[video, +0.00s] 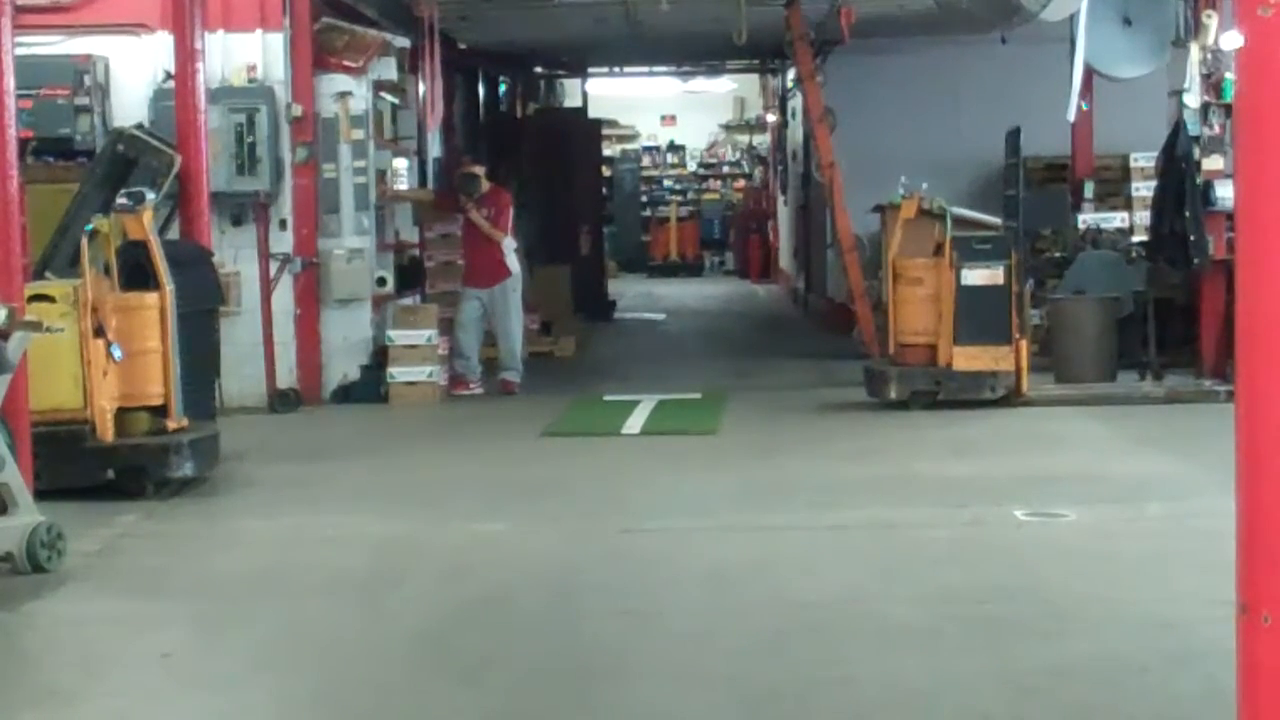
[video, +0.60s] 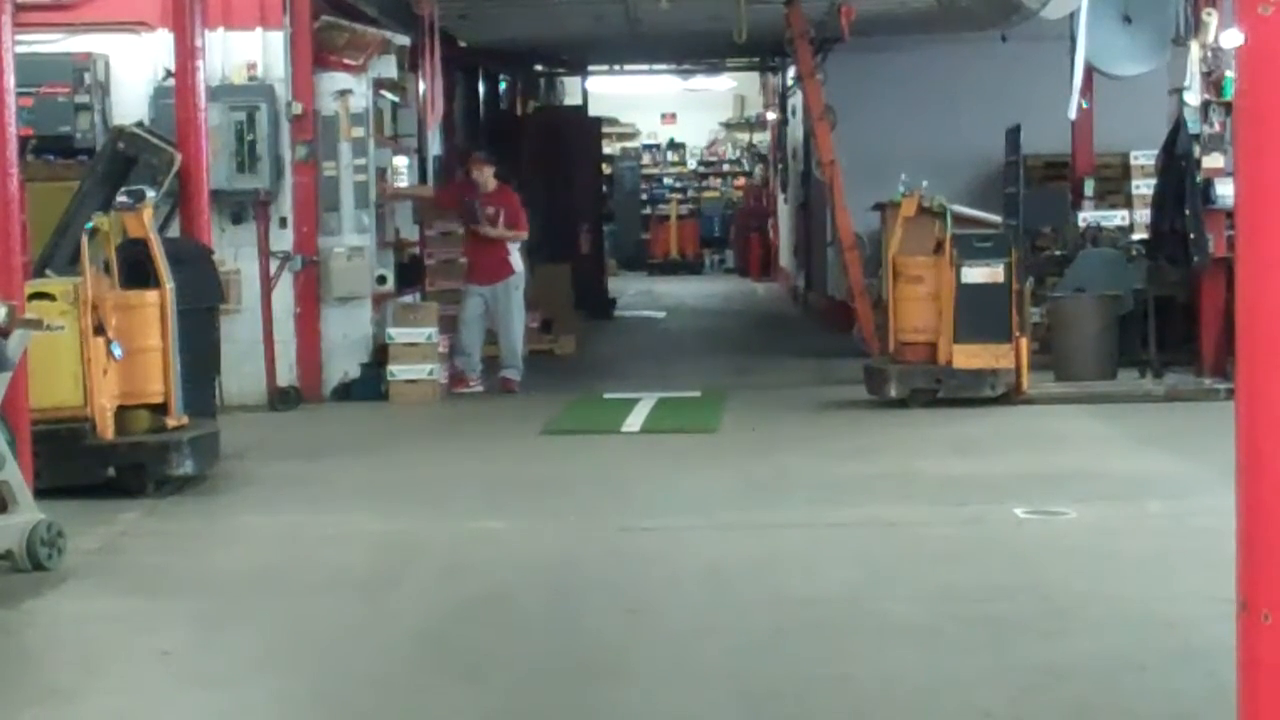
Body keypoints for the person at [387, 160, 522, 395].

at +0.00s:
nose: (468, 201)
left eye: (469, 196)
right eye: (465, 198)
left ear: (479, 187)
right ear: (461, 191)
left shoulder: (501, 198)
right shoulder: (464, 197)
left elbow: (500, 236)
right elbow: (430, 196)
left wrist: (475, 216)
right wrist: (393, 194)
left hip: (503, 279)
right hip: (474, 280)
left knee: (508, 328)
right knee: (465, 327)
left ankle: (510, 376)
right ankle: (469, 378)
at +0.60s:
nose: (476, 174)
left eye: (480, 168)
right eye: (473, 169)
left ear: (492, 169)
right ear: (469, 171)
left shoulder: (507, 197)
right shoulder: (465, 192)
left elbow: (522, 233)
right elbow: (432, 192)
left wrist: (494, 232)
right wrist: (395, 191)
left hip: (506, 275)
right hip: (477, 275)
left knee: (510, 326)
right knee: (468, 323)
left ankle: (511, 374)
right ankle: (471, 376)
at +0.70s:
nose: (484, 172)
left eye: (488, 167)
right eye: (481, 167)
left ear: (500, 169)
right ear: (476, 169)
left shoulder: (512, 197)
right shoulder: (468, 191)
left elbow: (529, 233)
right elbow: (433, 192)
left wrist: (506, 243)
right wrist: (396, 192)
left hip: (507, 275)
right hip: (478, 274)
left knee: (510, 328)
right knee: (469, 326)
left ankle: (510, 374)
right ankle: (470, 375)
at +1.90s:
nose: (546, 161)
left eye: (550, 157)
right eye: (541, 156)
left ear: (556, 161)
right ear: (532, 158)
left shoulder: (561, 191)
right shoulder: (517, 186)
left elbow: (567, 226)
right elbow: (498, 220)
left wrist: (558, 252)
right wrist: (519, 242)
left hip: (552, 257)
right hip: (528, 257)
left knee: (544, 315)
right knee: (538, 313)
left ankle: (516, 364)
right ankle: (549, 368)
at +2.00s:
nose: (552, 158)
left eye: (556, 154)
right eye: (547, 153)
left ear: (561, 157)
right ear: (537, 155)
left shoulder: (564, 185)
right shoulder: (525, 185)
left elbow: (574, 218)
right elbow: (506, 219)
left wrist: (567, 244)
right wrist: (533, 240)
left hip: (560, 258)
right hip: (536, 258)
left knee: (558, 317)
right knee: (541, 316)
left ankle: (524, 360)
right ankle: (550, 368)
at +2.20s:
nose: (564, 160)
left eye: (569, 156)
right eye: (560, 154)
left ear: (574, 159)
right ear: (549, 154)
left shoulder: (572, 183)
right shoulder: (537, 183)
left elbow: (581, 218)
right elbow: (526, 220)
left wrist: (583, 238)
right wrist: (561, 240)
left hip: (574, 264)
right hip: (547, 266)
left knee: (581, 317)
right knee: (547, 319)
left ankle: (571, 366)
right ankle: (549, 369)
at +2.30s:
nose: (577, 168)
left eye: (580, 164)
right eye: (573, 162)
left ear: (581, 163)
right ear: (560, 157)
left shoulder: (579, 184)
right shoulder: (544, 183)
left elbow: (583, 216)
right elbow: (532, 220)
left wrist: (585, 232)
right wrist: (566, 235)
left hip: (581, 267)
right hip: (553, 269)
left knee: (591, 317)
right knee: (550, 320)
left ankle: (595, 366)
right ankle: (550, 369)